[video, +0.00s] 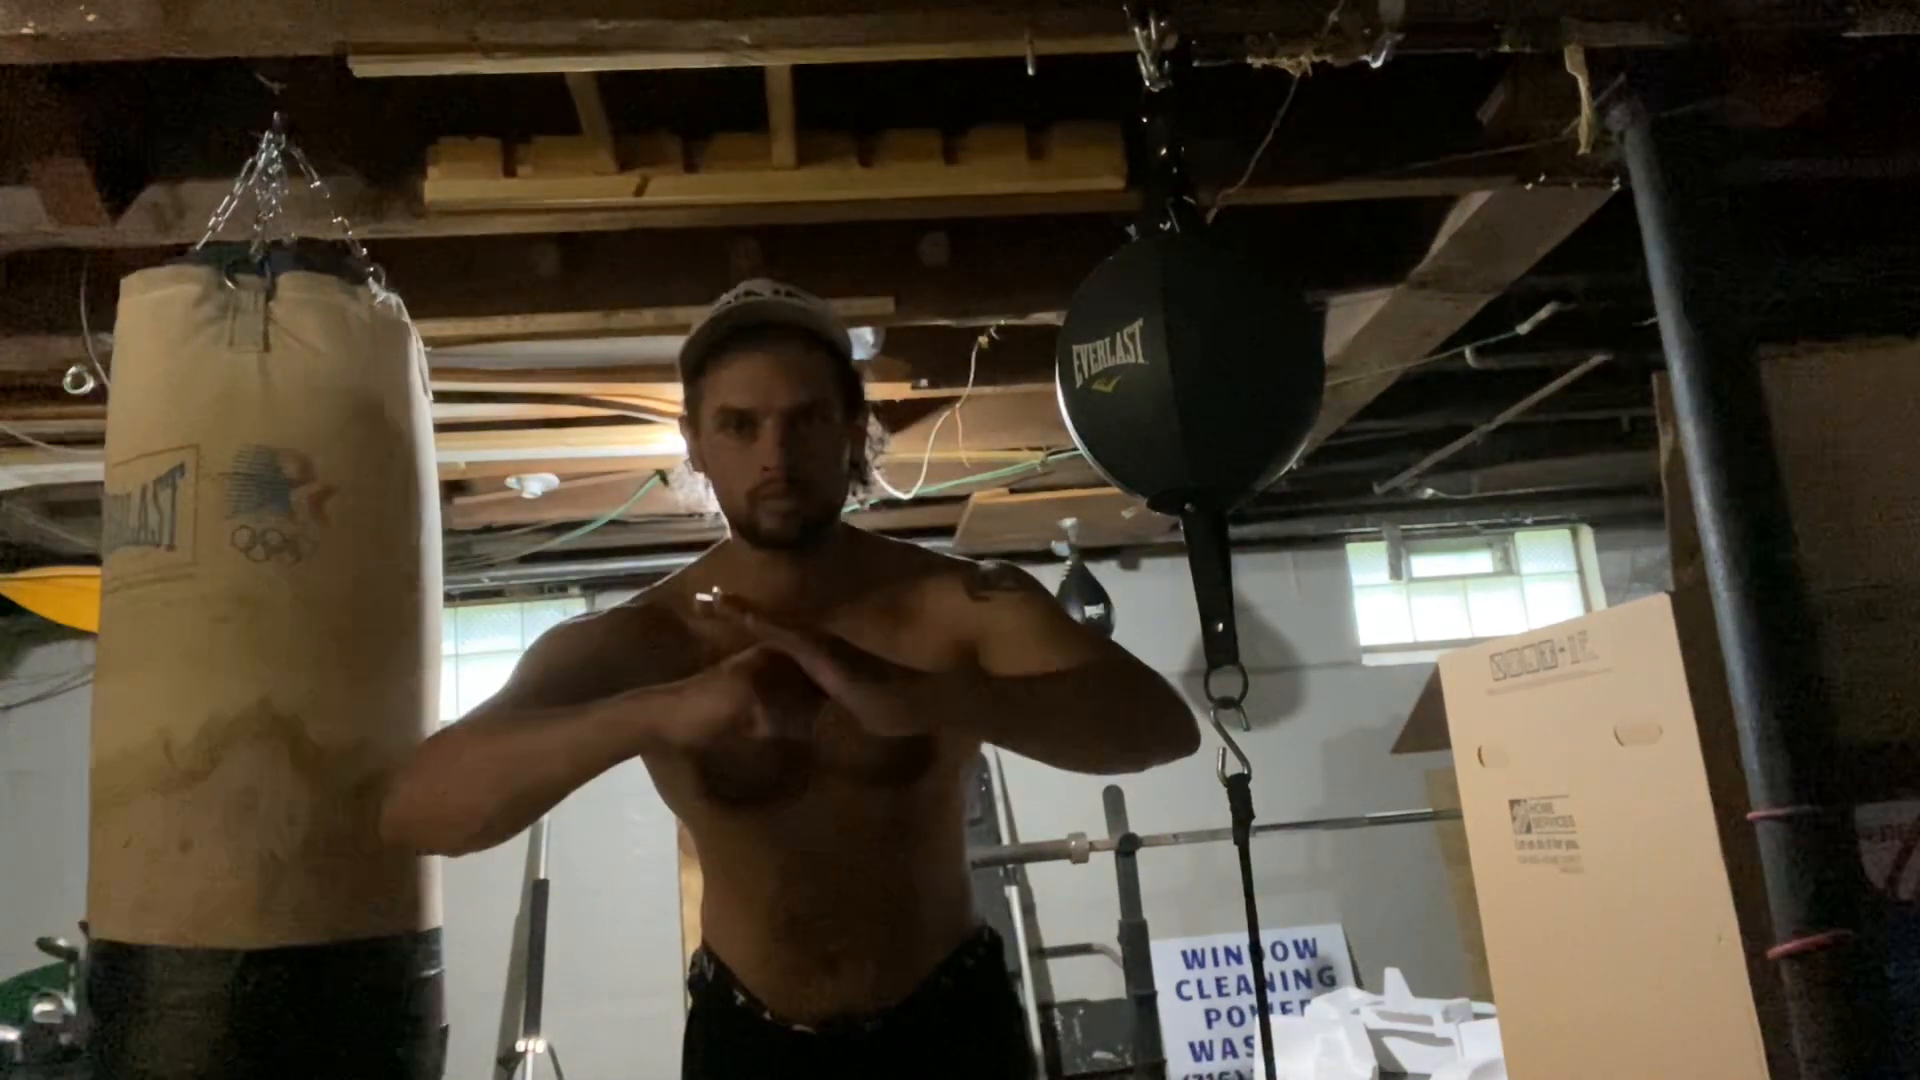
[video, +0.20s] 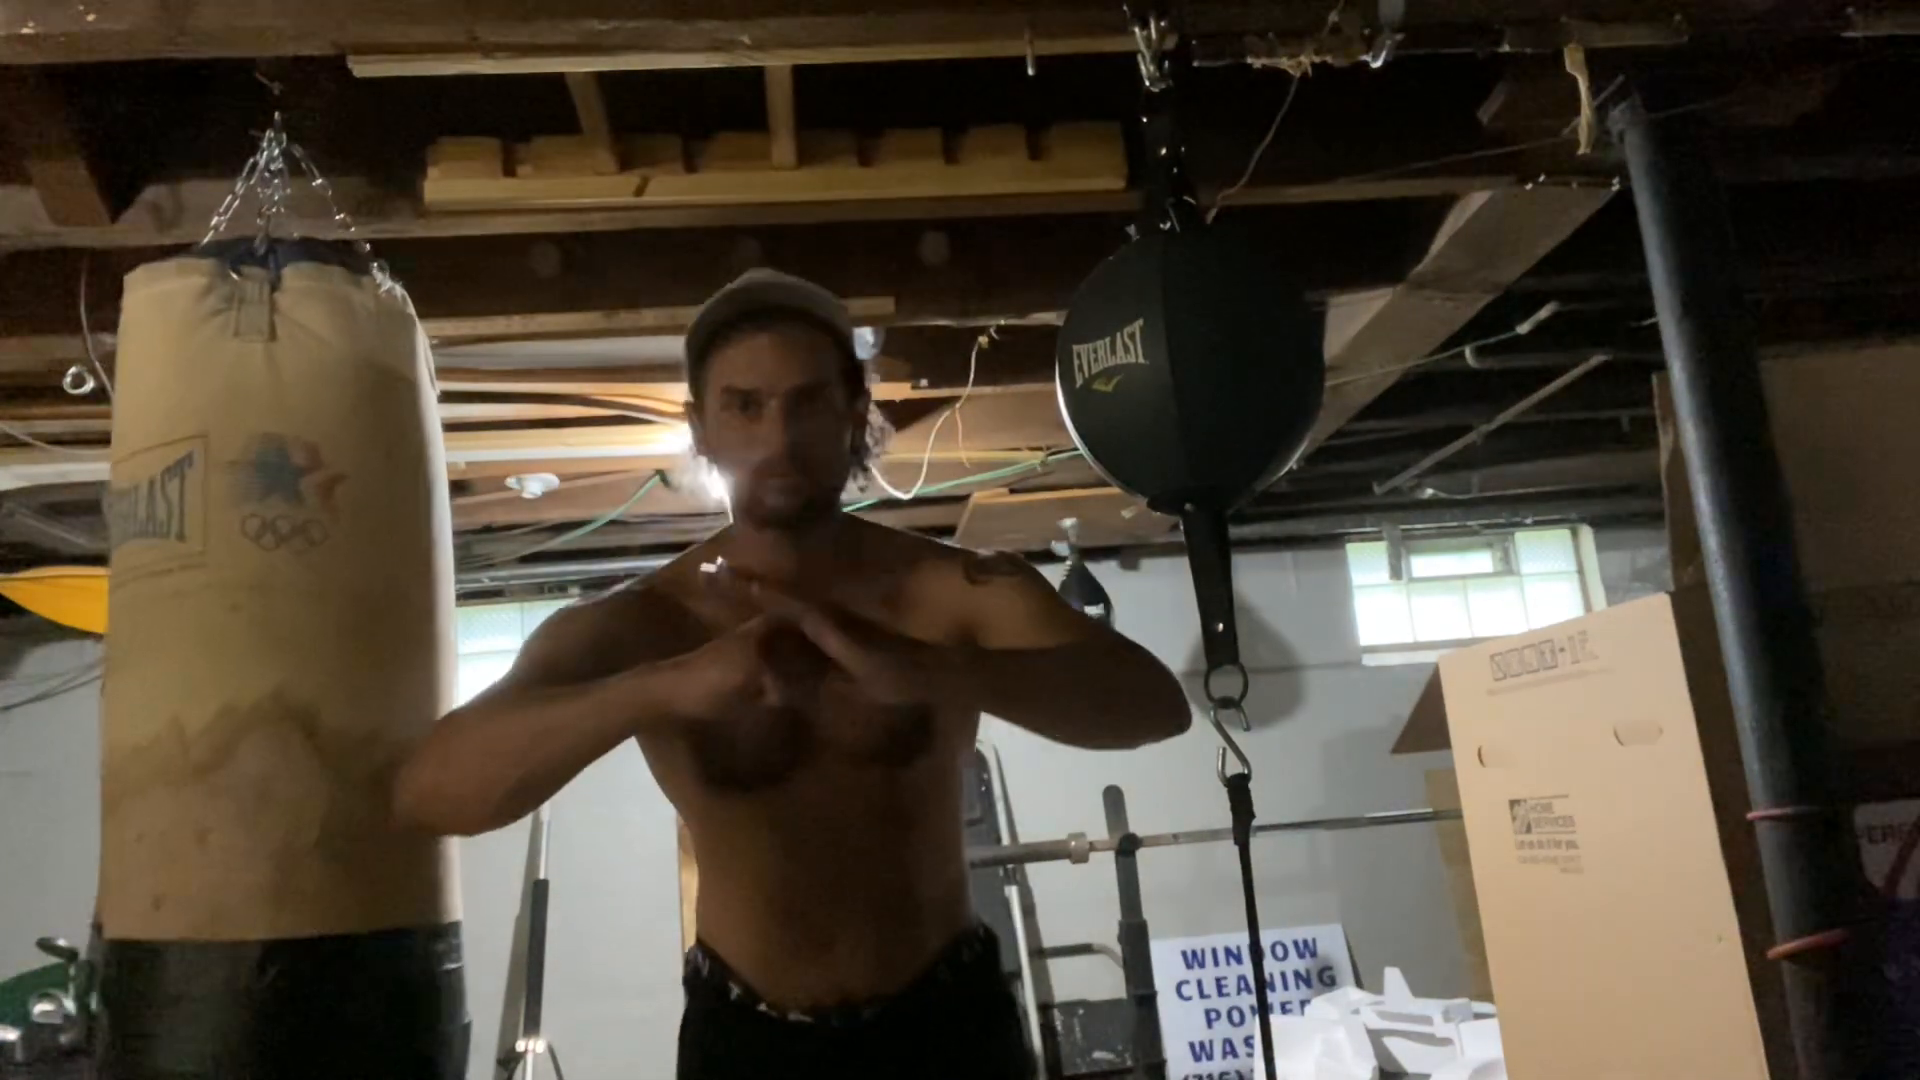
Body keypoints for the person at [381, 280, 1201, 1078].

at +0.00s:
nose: (775, 455)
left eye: (806, 419)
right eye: (739, 426)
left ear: (855, 438)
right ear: (697, 452)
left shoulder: (957, 603)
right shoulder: (635, 644)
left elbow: (1162, 725)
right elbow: (414, 811)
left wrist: (937, 704)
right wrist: (656, 719)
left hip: (948, 1024)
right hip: (748, 1039)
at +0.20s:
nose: (777, 435)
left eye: (808, 403)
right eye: (743, 407)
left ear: (857, 421)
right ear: (701, 434)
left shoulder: (949, 590)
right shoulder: (636, 628)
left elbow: (1157, 705)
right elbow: (427, 794)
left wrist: (940, 675)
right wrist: (657, 692)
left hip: (946, 1023)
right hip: (749, 1041)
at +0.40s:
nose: (771, 406)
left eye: (804, 375)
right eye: (738, 377)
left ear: (854, 405)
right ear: (695, 408)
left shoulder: (934, 576)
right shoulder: (630, 610)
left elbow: (1146, 708)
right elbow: (448, 795)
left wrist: (935, 649)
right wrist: (672, 671)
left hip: (938, 1016)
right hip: (740, 1032)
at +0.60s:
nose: (775, 395)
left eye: (806, 371)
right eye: (742, 370)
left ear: (851, 407)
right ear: (698, 409)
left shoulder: (942, 582)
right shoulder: (636, 610)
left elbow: (1126, 763)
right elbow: (509, 851)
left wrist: (942, 703)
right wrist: (703, 726)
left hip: (934, 1008)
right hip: (736, 1025)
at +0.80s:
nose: (791, 405)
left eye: (819, 377)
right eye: (759, 377)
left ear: (865, 408)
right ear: (719, 416)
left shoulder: (958, 594)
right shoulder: (649, 621)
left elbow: (1115, 818)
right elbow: (576, 883)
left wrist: (1009, 844)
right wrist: (788, 848)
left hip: (951, 1010)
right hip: (751, 1023)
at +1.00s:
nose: (827, 430)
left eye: (853, 402)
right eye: (797, 407)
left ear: (902, 436)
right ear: (755, 441)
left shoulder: (989, 612)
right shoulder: (686, 636)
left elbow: (1093, 879)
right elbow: (662, 920)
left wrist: (1084, 1054)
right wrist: (858, 997)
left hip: (998, 1031)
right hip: (794, 1044)